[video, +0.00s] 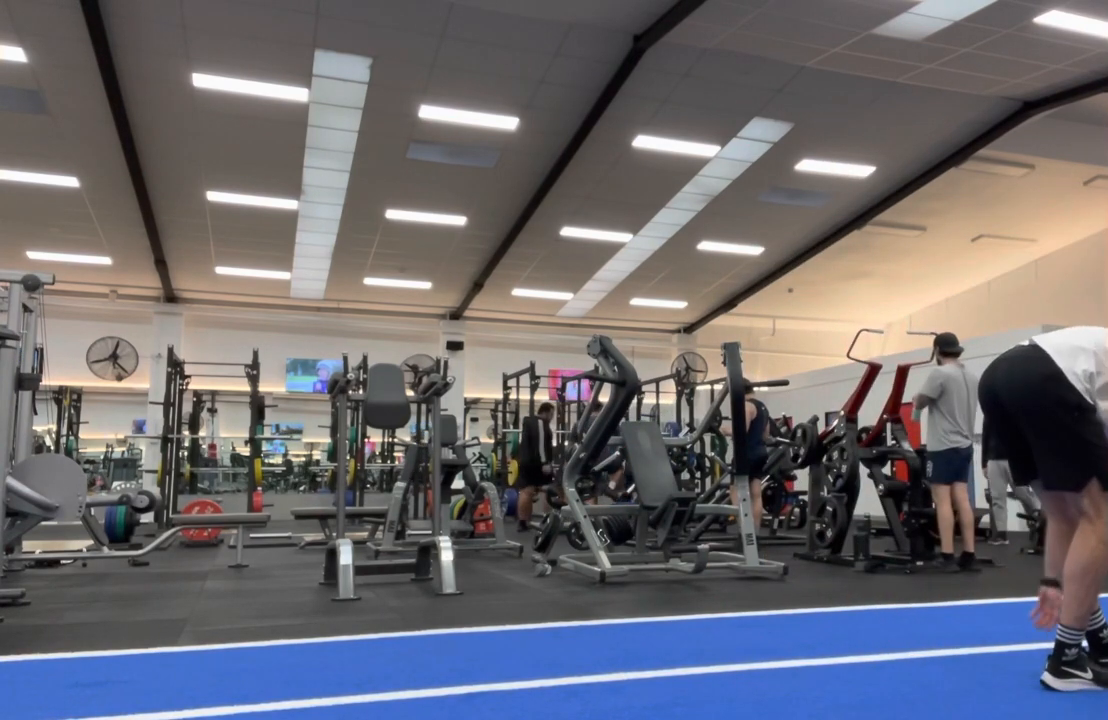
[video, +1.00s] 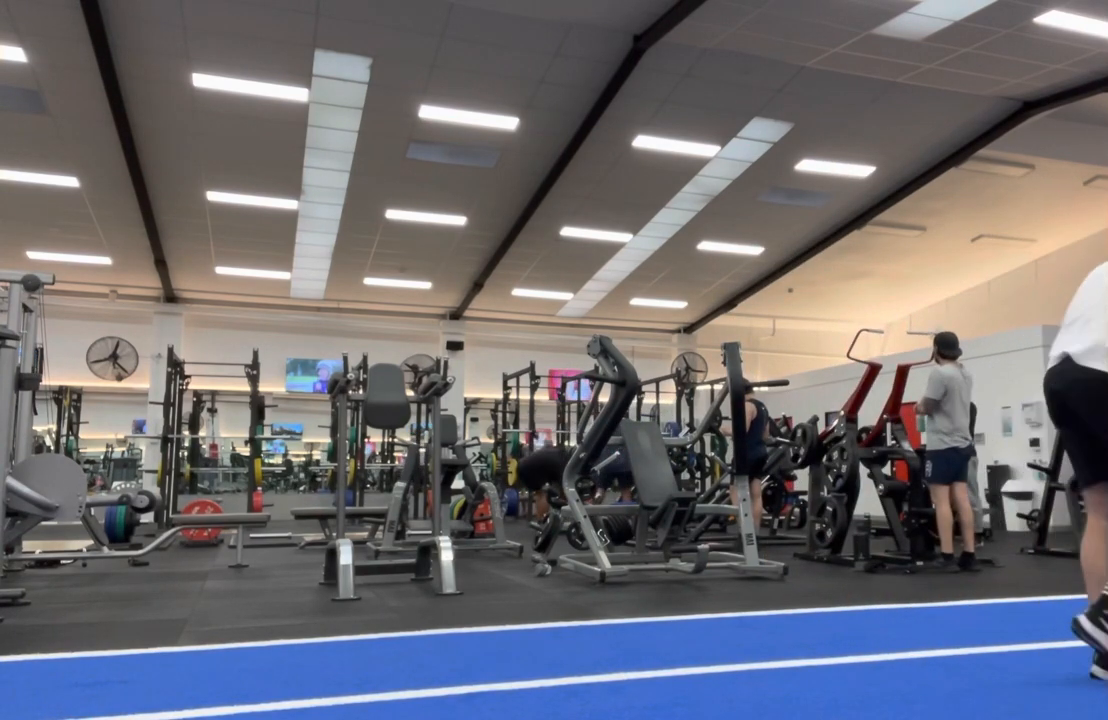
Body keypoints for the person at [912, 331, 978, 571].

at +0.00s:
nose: (934, 355)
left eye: (934, 351)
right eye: (936, 351)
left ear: (937, 352)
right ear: (958, 352)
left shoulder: (939, 374)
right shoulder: (971, 377)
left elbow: (920, 401)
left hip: (941, 447)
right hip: (964, 445)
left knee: (942, 501)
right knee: (962, 499)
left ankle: (947, 554)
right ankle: (969, 552)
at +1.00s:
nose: (933, 352)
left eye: (934, 348)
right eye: (936, 348)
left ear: (936, 350)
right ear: (957, 350)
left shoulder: (939, 374)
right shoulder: (965, 375)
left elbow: (928, 405)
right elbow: (958, 404)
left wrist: (920, 405)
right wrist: (927, 405)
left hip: (940, 447)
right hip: (962, 446)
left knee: (941, 502)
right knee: (962, 500)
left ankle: (947, 554)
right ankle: (969, 553)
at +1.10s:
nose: (932, 352)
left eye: (933, 348)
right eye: (934, 348)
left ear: (936, 351)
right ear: (956, 350)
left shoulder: (939, 374)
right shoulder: (963, 373)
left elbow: (932, 407)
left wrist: (918, 409)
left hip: (941, 447)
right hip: (962, 446)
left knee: (941, 501)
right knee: (962, 498)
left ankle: (947, 554)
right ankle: (969, 552)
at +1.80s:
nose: (933, 350)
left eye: (934, 347)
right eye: (934, 346)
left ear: (940, 351)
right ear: (955, 351)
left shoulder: (944, 375)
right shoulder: (962, 372)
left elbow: (936, 409)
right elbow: (953, 355)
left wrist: (917, 410)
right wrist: (938, 338)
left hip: (943, 447)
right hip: (961, 445)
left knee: (941, 501)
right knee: (962, 499)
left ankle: (947, 555)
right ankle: (969, 553)